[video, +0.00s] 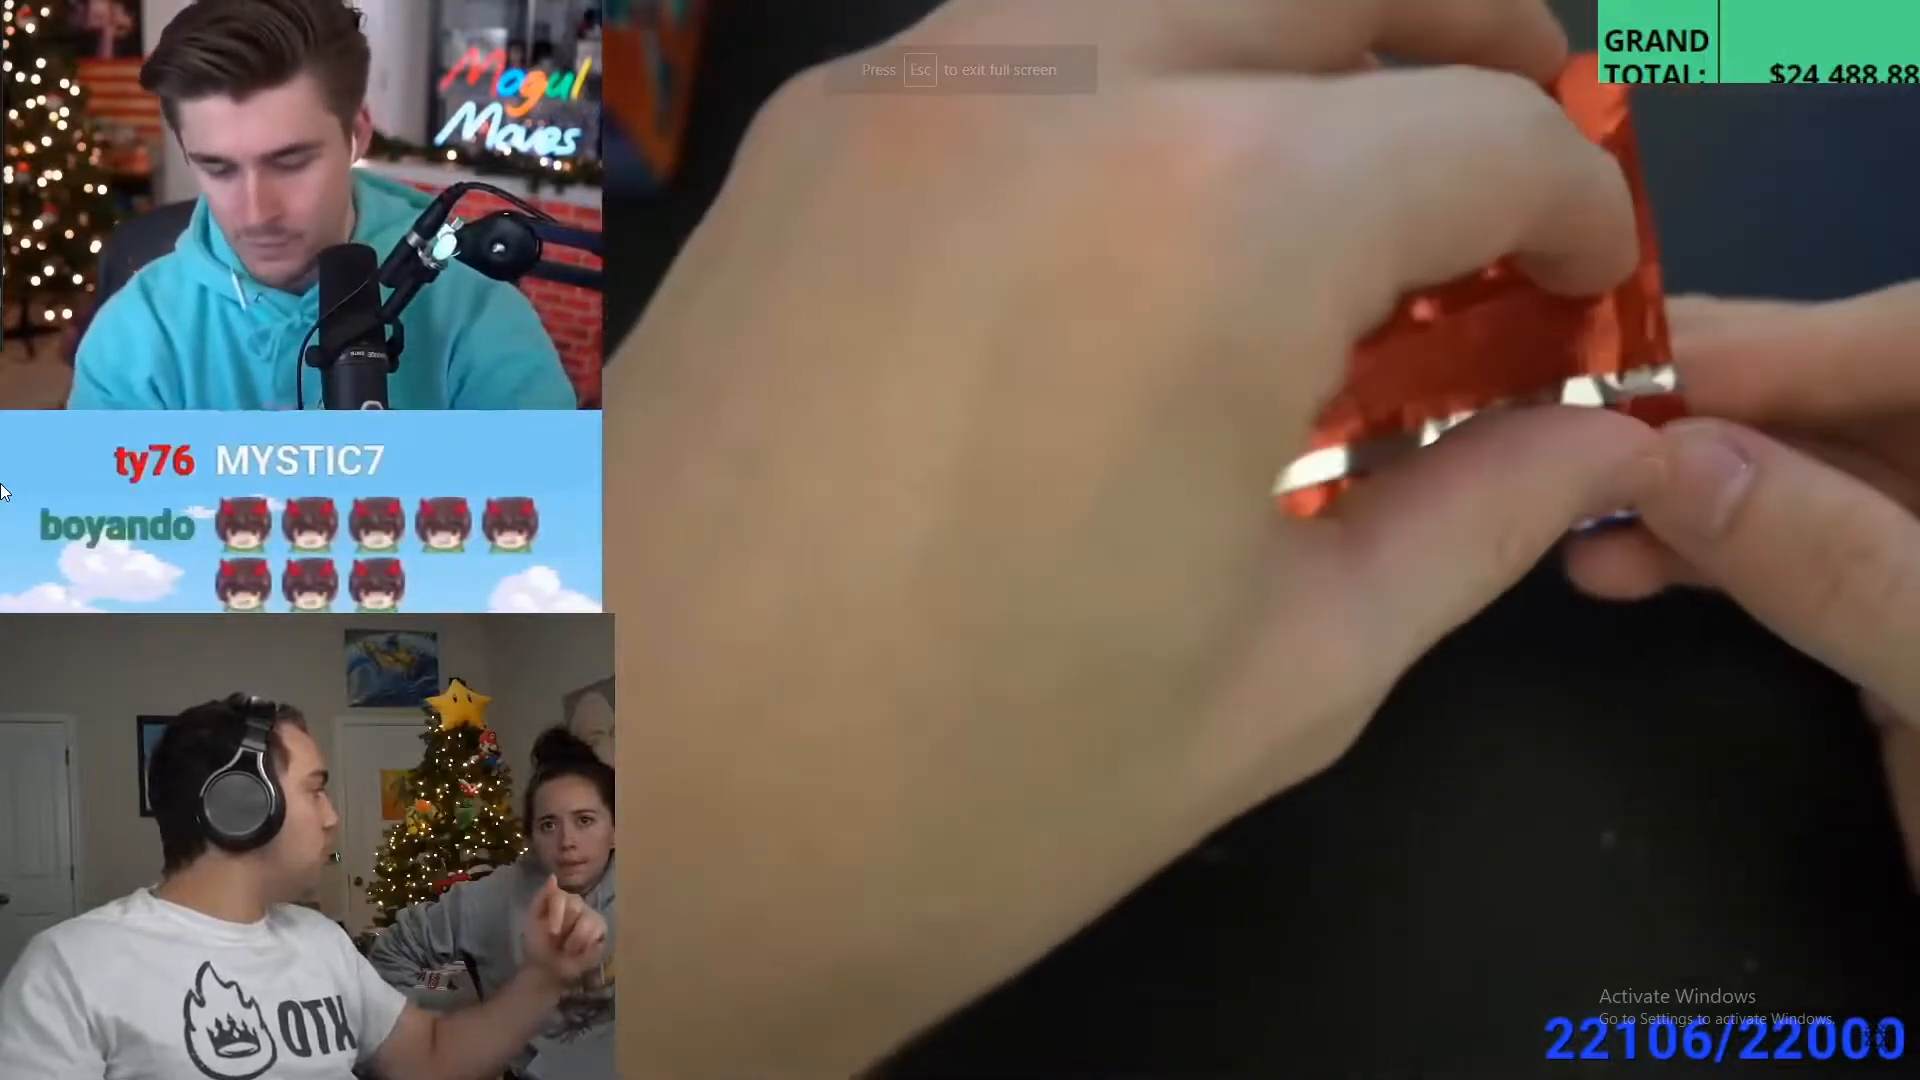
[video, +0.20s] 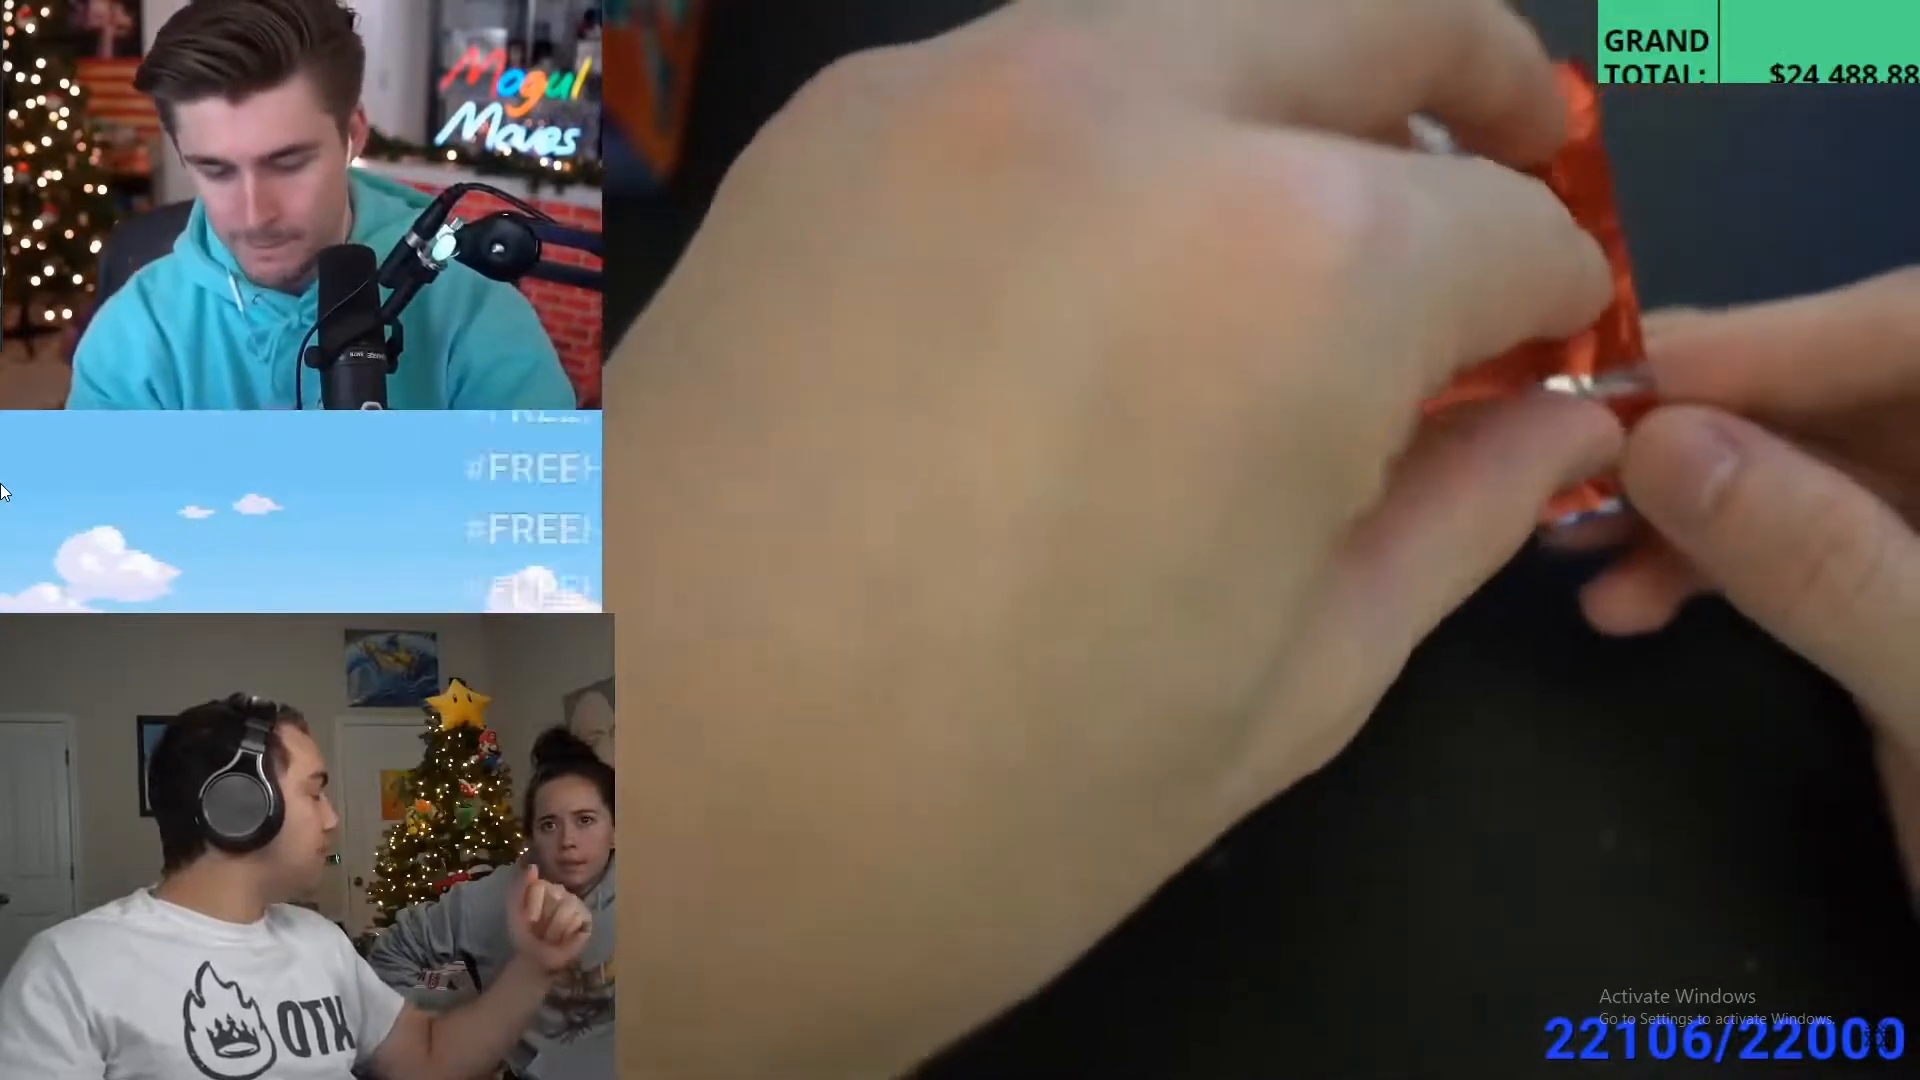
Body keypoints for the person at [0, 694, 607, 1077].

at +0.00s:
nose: (334, 815)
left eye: (326, 789)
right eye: (316, 787)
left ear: (239, 802)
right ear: (236, 801)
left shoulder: (320, 943)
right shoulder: (68, 972)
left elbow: (433, 1053)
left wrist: (544, 977)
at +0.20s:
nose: (335, 817)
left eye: (327, 791)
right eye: (317, 789)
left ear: (241, 802)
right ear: (234, 802)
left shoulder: (319, 943)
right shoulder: (67, 972)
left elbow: (430, 1055)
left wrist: (534, 965)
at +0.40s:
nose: (335, 816)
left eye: (327, 790)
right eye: (317, 789)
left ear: (238, 803)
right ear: (233, 802)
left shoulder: (318, 942)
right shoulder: (67, 973)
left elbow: (429, 1053)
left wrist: (534, 973)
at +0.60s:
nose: (337, 817)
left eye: (329, 791)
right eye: (319, 790)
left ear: (241, 803)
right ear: (236, 803)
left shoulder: (321, 945)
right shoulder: (68, 972)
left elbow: (432, 1051)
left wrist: (549, 979)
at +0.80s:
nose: (339, 818)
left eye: (332, 793)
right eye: (321, 791)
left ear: (244, 804)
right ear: (239, 803)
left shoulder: (321, 946)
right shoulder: (69, 972)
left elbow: (433, 1051)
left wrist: (549, 986)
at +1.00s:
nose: (339, 817)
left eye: (331, 792)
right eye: (320, 791)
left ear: (241, 805)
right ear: (238, 804)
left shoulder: (320, 945)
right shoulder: (69, 971)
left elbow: (432, 1051)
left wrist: (548, 986)